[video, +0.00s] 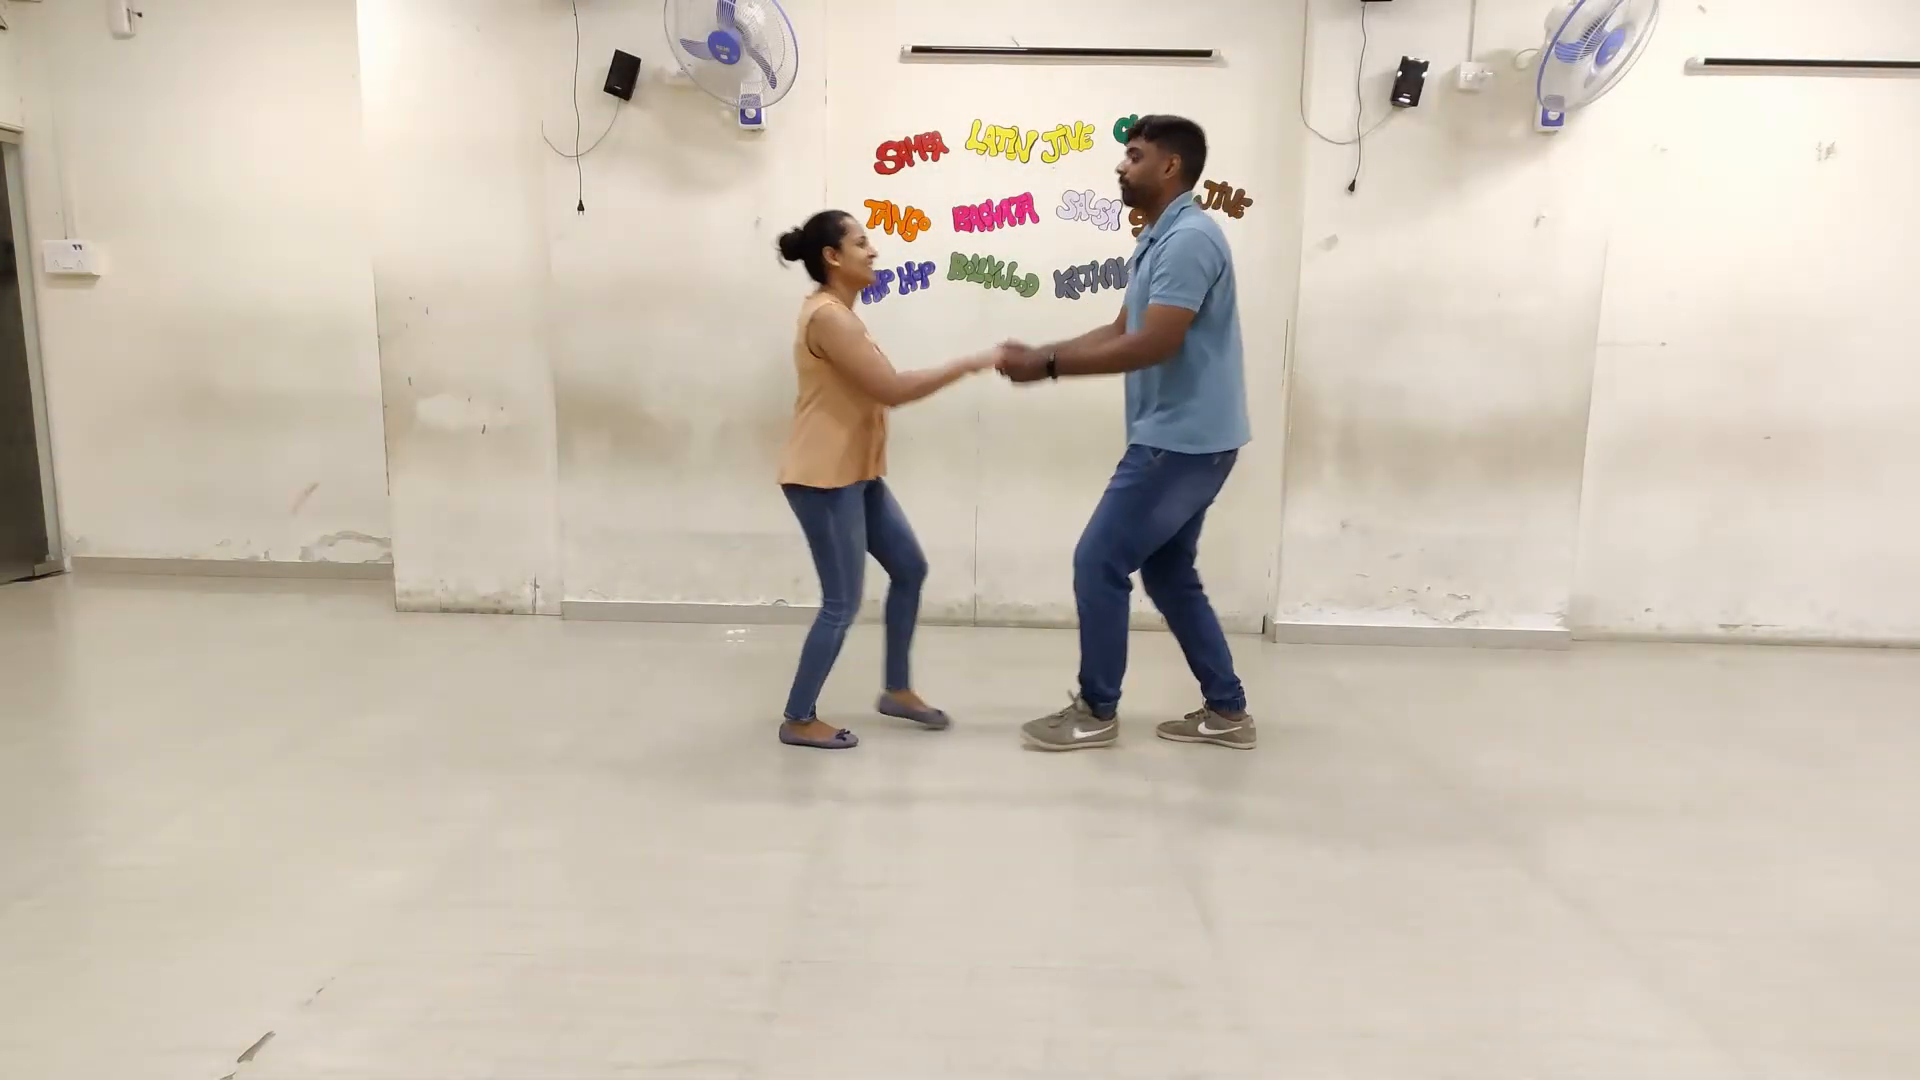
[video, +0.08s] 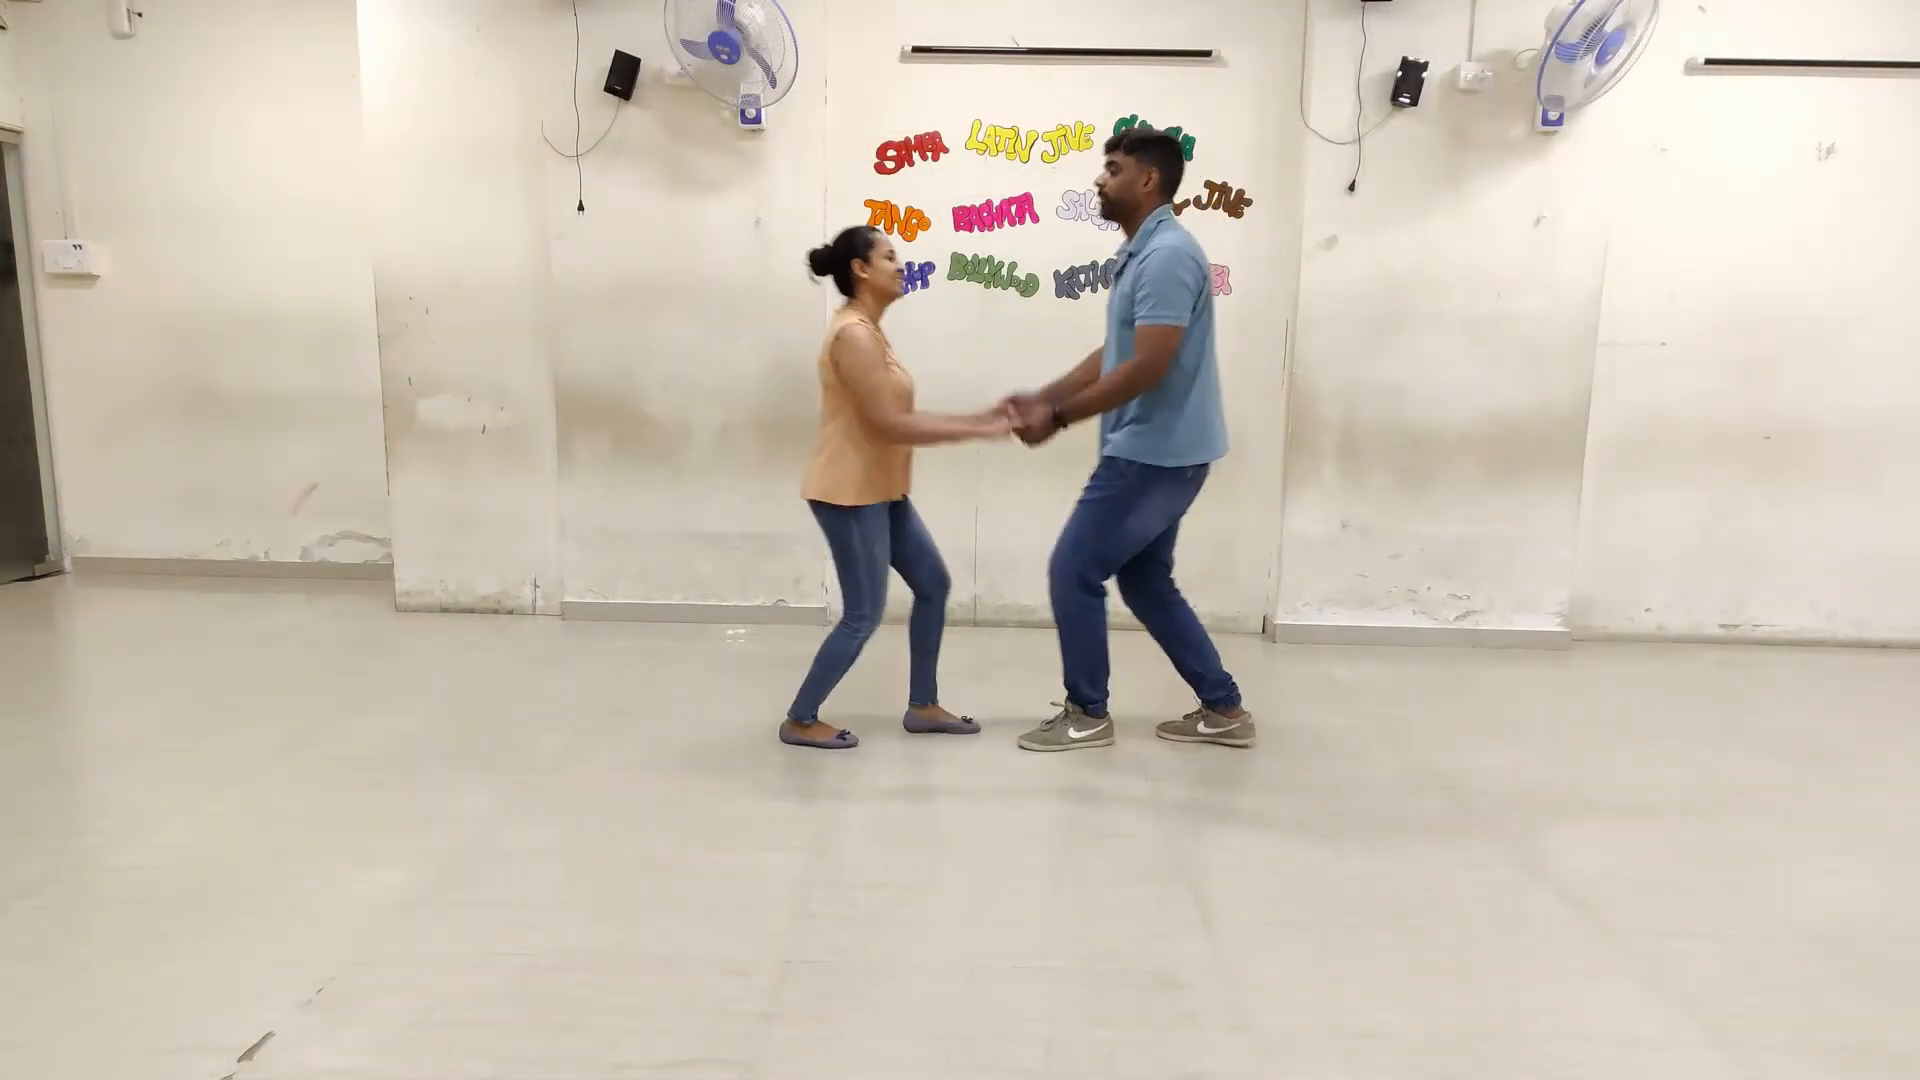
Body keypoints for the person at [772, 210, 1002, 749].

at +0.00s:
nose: (873, 250)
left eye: (869, 241)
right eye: (862, 243)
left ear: (840, 257)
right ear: (832, 256)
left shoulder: (842, 312)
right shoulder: (826, 316)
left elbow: (870, 391)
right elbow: (889, 388)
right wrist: (966, 365)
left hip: (856, 476)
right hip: (822, 478)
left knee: (910, 568)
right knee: (842, 600)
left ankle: (897, 692)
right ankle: (798, 719)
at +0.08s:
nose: (900, 267)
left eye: (896, 258)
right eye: (889, 259)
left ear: (865, 272)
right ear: (860, 271)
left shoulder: (871, 332)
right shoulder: (853, 334)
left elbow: (903, 418)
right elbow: (889, 422)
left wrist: (981, 420)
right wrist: (977, 429)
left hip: (882, 493)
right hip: (849, 496)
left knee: (933, 584)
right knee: (863, 614)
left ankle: (923, 706)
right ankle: (799, 719)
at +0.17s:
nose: (919, 264)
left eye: (915, 255)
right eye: (908, 257)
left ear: (884, 271)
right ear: (879, 270)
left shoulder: (890, 335)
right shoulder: (871, 337)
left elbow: (918, 420)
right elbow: (900, 429)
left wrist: (988, 420)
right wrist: (985, 429)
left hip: (903, 493)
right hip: (869, 494)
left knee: (948, 586)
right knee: (877, 614)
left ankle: (925, 706)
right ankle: (802, 714)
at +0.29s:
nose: (947, 246)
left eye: (943, 238)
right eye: (936, 238)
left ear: (911, 250)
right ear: (907, 249)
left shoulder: (919, 311)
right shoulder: (900, 314)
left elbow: (926, 398)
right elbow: (917, 404)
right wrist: (993, 380)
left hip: (930, 469)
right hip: (900, 473)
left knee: (951, 587)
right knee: (931, 594)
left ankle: (925, 702)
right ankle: (842, 685)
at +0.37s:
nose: (961, 240)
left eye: (958, 231)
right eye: (951, 232)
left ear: (928, 245)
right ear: (922, 244)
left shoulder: (935, 306)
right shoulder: (913, 309)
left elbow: (941, 386)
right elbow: (914, 397)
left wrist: (993, 363)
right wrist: (988, 371)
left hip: (946, 467)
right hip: (921, 470)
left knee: (949, 590)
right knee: (948, 592)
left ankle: (926, 703)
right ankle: (886, 697)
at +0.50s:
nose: (967, 244)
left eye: (963, 235)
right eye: (956, 237)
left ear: (932, 251)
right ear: (929, 250)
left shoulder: (939, 311)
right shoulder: (919, 315)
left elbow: (944, 390)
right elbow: (917, 403)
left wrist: (994, 370)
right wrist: (990, 382)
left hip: (949, 472)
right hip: (926, 476)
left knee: (943, 591)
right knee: (960, 594)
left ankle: (925, 702)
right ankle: (889, 698)